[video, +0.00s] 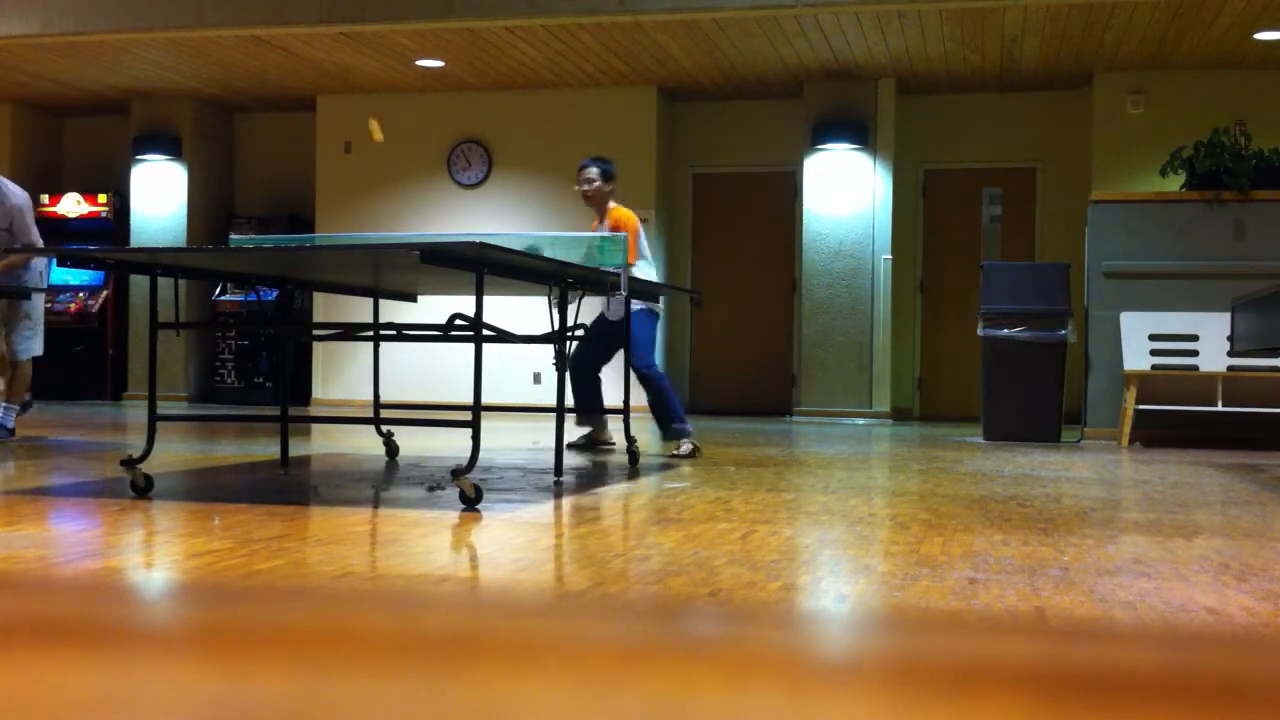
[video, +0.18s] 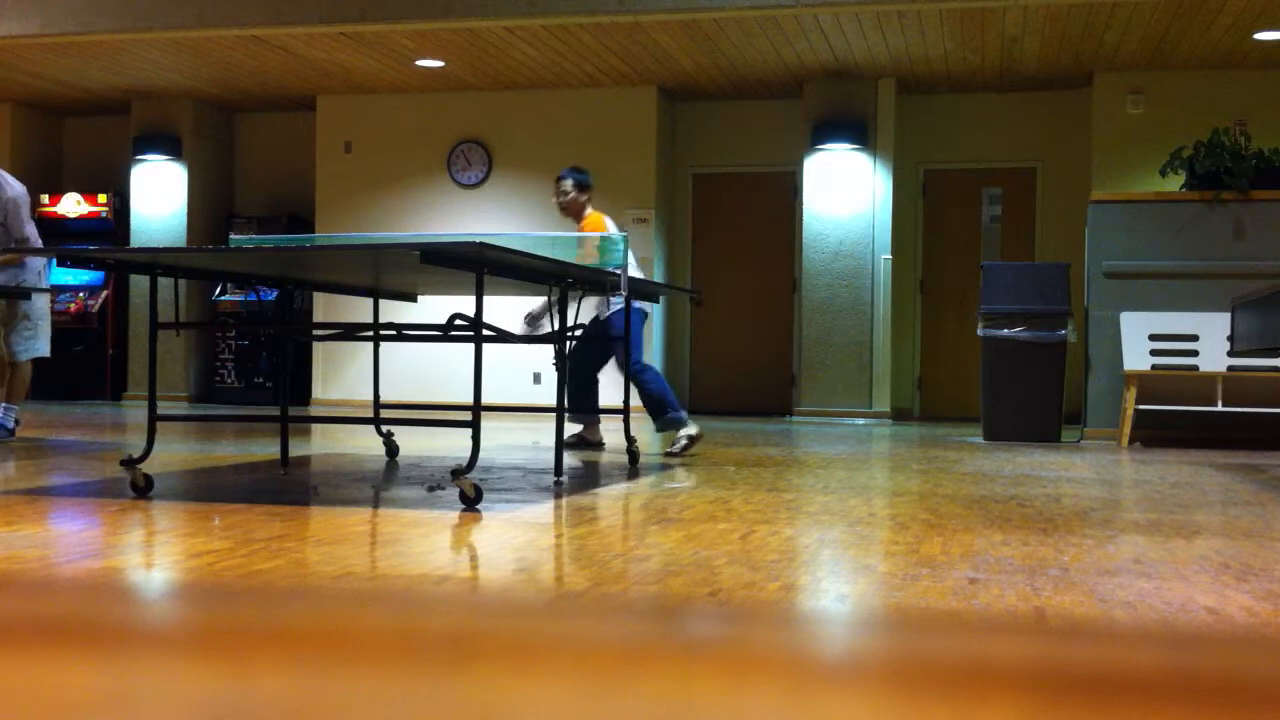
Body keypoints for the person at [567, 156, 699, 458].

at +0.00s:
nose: (585, 189)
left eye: (591, 182)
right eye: (581, 183)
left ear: (610, 184)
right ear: (578, 188)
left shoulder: (624, 218)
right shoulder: (596, 226)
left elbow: (624, 264)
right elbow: (596, 265)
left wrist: (583, 272)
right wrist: (570, 273)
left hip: (640, 304)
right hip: (614, 306)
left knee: (643, 366)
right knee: (581, 363)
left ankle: (682, 438)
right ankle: (598, 431)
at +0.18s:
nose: (559, 200)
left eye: (565, 193)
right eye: (557, 194)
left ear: (584, 194)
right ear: (557, 197)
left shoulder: (594, 222)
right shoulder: (588, 227)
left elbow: (584, 271)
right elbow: (577, 279)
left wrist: (546, 306)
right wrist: (545, 308)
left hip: (626, 303)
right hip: (609, 307)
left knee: (632, 363)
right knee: (580, 362)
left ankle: (682, 426)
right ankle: (590, 432)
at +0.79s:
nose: (610, 167)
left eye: (617, 163)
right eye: (607, 162)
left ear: (630, 167)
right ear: (601, 165)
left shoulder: (643, 217)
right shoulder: (592, 194)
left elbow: (647, 263)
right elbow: (601, 191)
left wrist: (652, 290)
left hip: (623, 294)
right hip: (584, 290)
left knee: (655, 351)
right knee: (545, 344)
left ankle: (642, 426)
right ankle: (532, 385)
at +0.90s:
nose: (616, 188)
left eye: (623, 183)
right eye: (612, 183)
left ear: (636, 189)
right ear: (607, 187)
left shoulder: (641, 230)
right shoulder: (591, 217)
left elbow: (643, 278)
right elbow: (595, 254)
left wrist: (646, 311)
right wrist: (640, 240)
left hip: (624, 312)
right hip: (587, 307)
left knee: (659, 369)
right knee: (569, 358)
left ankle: (637, 432)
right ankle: (531, 417)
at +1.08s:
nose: (605, 183)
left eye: (612, 178)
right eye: (601, 178)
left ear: (626, 184)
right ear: (595, 184)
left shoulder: (639, 231)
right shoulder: (579, 222)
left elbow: (643, 279)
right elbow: (553, 253)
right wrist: (584, 269)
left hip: (625, 312)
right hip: (586, 308)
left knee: (660, 373)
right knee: (565, 364)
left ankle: (639, 435)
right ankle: (533, 435)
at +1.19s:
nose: (602, 165)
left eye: (609, 159)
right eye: (598, 160)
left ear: (623, 165)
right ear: (593, 165)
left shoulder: (642, 207)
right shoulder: (580, 207)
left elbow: (656, 250)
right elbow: (558, 248)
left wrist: (633, 273)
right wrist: (580, 272)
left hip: (629, 302)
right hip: (588, 297)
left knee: (652, 369)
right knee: (565, 352)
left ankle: (639, 432)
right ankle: (538, 429)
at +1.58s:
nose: (606, 177)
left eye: (613, 172)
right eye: (602, 172)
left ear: (628, 179)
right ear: (595, 178)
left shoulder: (646, 217)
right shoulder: (585, 224)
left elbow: (666, 259)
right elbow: (568, 263)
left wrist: (644, 278)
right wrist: (560, 235)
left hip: (648, 313)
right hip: (607, 314)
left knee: (681, 362)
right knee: (571, 369)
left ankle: (716, 431)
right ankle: (568, 437)